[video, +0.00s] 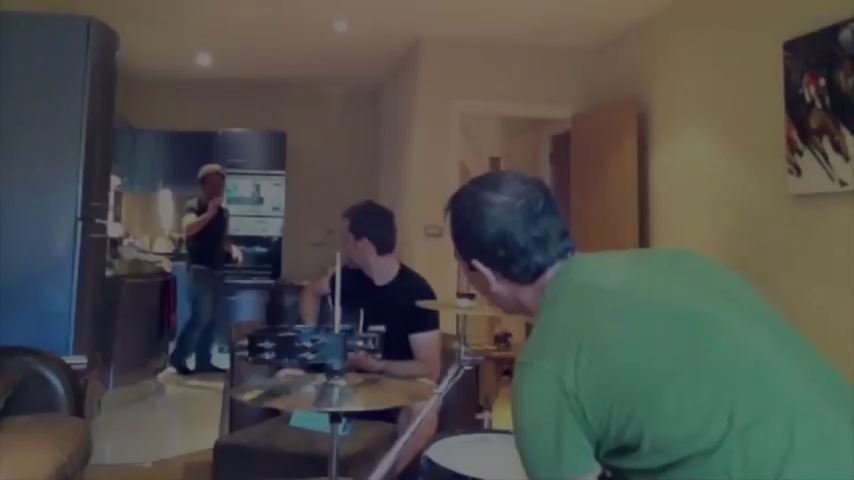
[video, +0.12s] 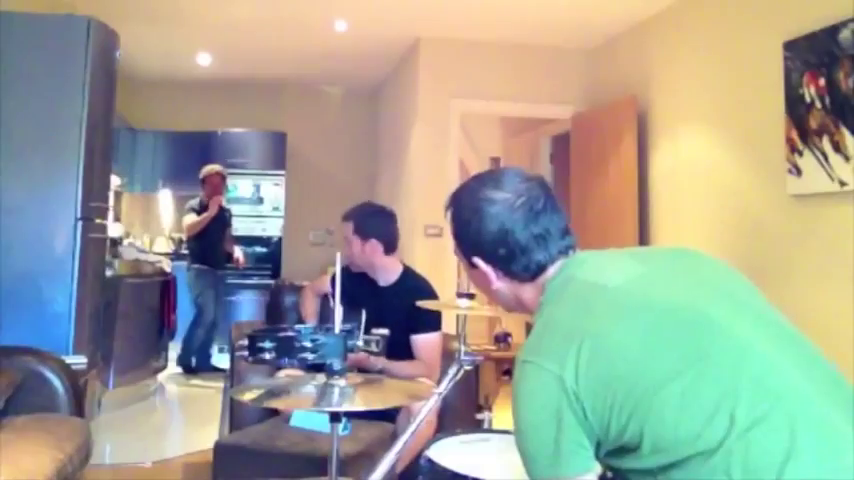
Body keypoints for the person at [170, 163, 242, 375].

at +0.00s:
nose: (217, 186)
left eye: (220, 182)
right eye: (213, 182)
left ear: (223, 184)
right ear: (203, 184)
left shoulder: (223, 212)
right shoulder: (194, 206)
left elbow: (222, 240)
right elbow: (188, 229)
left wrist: (232, 250)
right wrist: (209, 214)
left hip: (216, 268)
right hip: (198, 267)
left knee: (212, 317)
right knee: (201, 315)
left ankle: (204, 360)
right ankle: (179, 356)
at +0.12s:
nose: (216, 187)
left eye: (220, 182)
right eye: (212, 182)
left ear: (224, 185)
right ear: (203, 184)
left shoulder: (225, 212)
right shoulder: (194, 206)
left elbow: (226, 240)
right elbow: (188, 230)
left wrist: (236, 252)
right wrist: (211, 212)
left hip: (218, 267)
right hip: (199, 266)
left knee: (215, 316)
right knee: (206, 312)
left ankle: (203, 359)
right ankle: (186, 357)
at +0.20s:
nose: (217, 187)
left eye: (220, 182)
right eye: (212, 182)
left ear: (225, 185)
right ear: (204, 184)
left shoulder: (226, 212)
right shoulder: (195, 206)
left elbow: (227, 240)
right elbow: (189, 231)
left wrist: (237, 252)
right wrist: (209, 211)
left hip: (218, 267)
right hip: (200, 266)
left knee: (216, 316)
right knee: (207, 313)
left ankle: (204, 360)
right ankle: (192, 361)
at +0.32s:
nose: (219, 187)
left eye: (222, 182)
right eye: (215, 182)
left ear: (226, 186)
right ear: (206, 185)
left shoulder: (228, 211)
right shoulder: (197, 207)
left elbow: (228, 239)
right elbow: (190, 234)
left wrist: (239, 250)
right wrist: (206, 218)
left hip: (219, 267)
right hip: (201, 265)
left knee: (216, 316)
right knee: (206, 314)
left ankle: (206, 360)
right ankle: (199, 363)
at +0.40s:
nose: (220, 187)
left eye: (223, 182)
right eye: (216, 182)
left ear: (227, 185)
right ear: (207, 185)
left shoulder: (229, 212)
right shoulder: (197, 208)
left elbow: (230, 238)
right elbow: (190, 235)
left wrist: (240, 250)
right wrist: (209, 221)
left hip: (221, 267)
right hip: (202, 266)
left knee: (216, 316)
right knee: (207, 314)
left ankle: (207, 361)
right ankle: (202, 364)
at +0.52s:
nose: (220, 187)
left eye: (223, 182)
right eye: (215, 182)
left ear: (227, 184)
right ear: (207, 184)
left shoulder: (230, 211)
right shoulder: (198, 209)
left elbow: (232, 237)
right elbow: (192, 236)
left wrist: (240, 250)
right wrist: (215, 224)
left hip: (222, 267)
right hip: (203, 266)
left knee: (217, 317)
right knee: (208, 315)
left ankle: (209, 361)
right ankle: (203, 365)